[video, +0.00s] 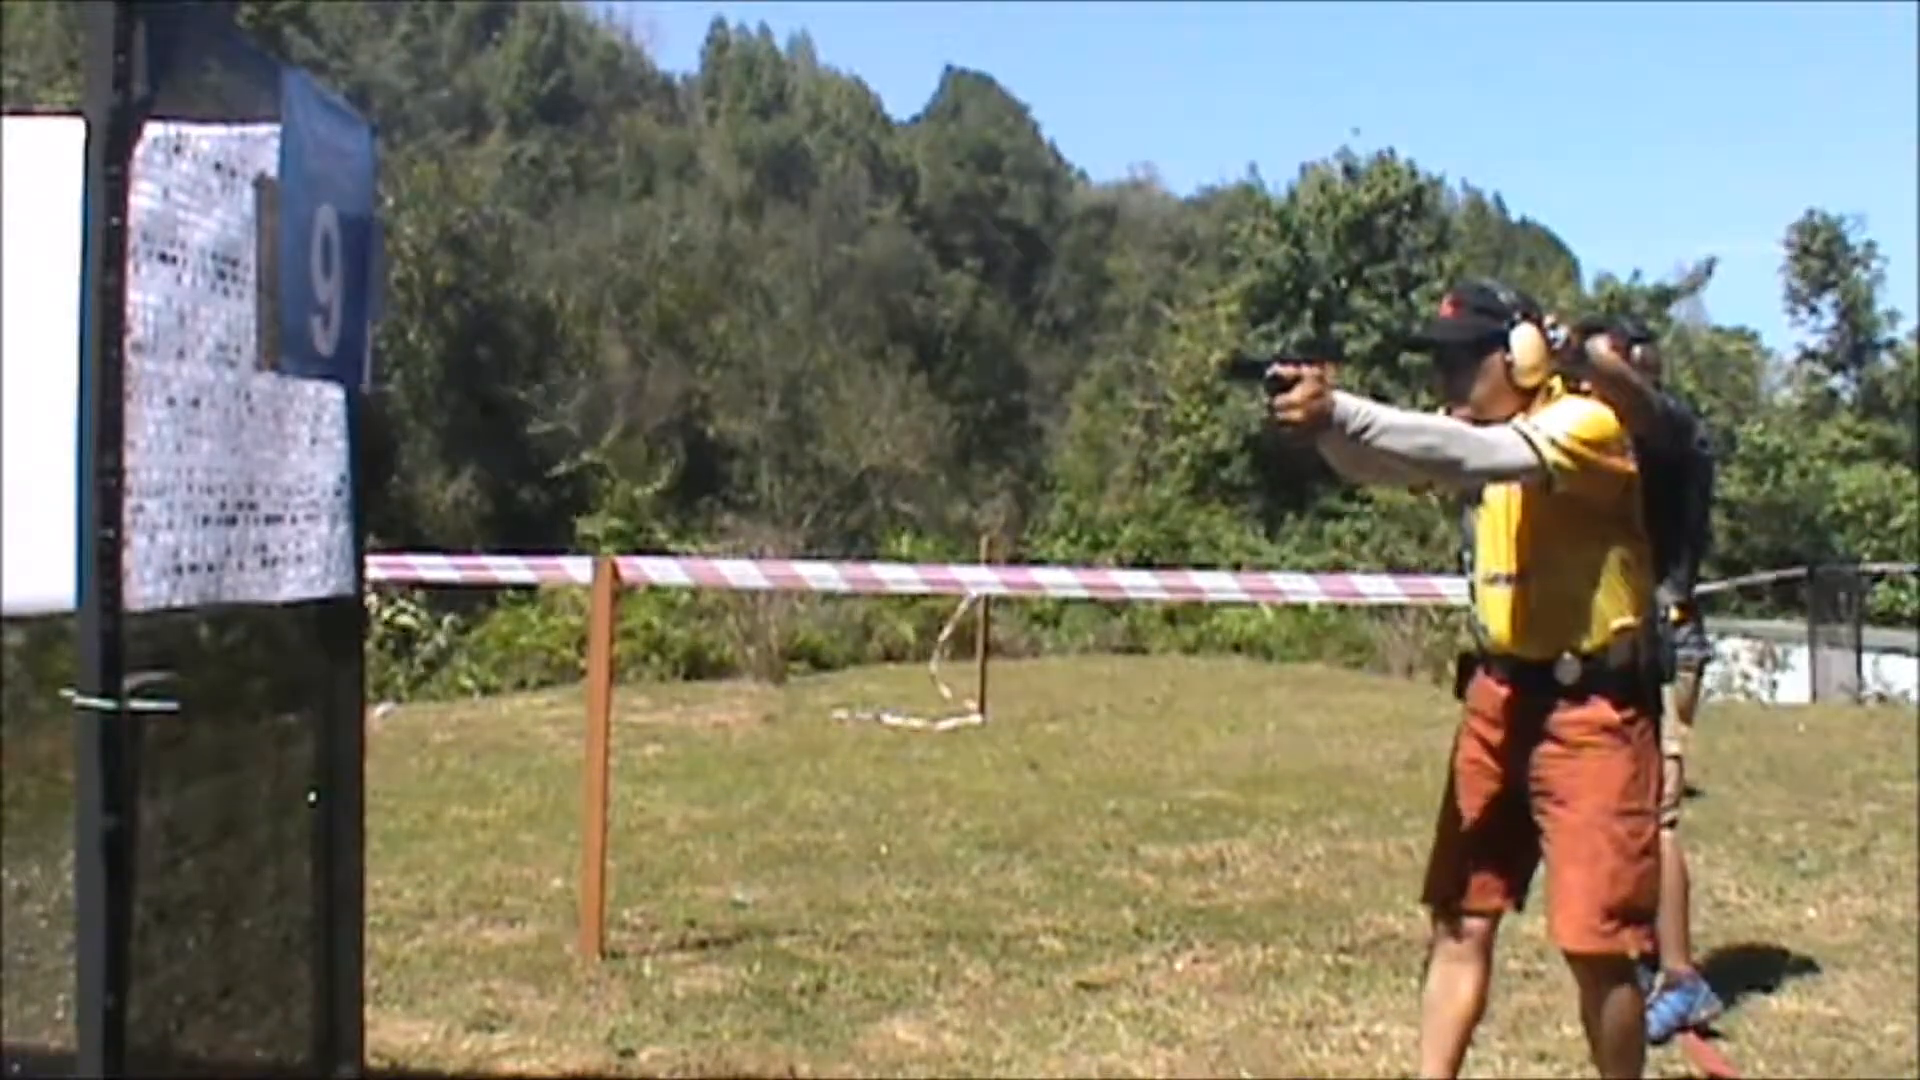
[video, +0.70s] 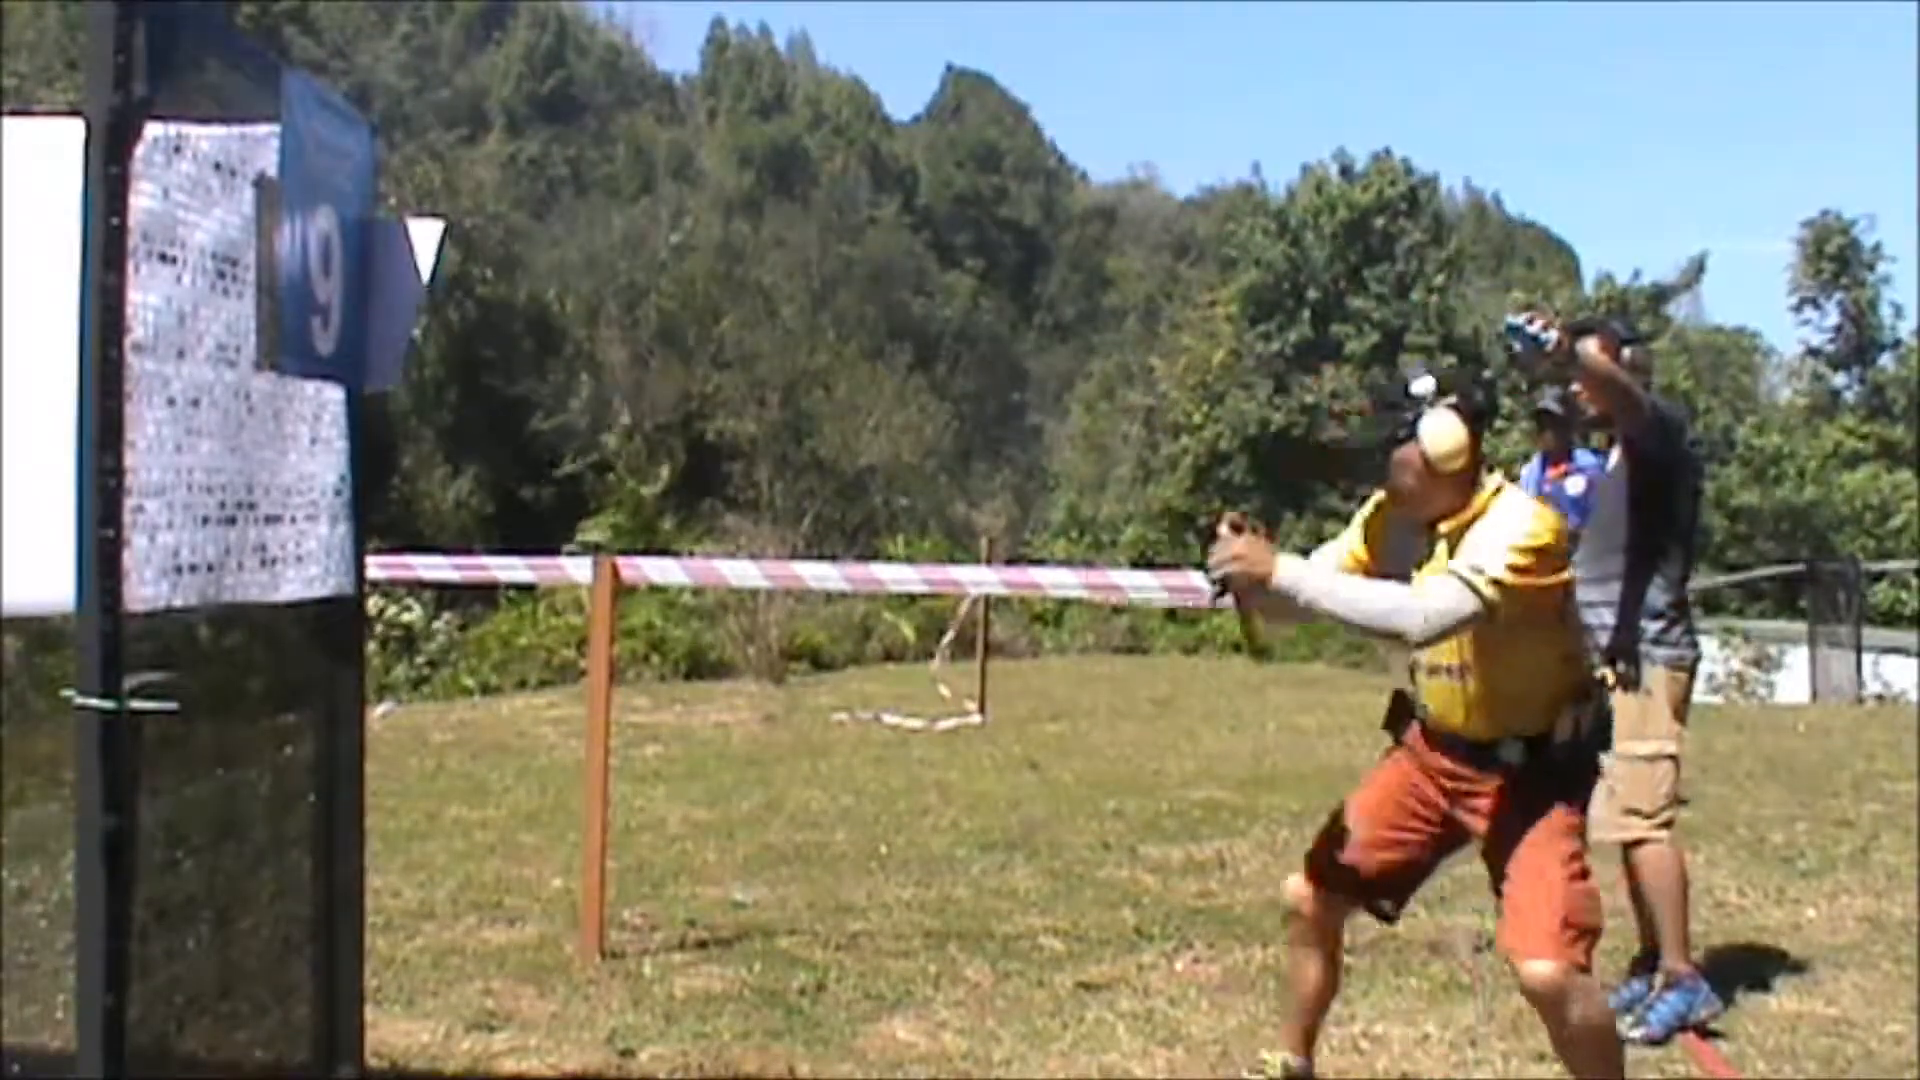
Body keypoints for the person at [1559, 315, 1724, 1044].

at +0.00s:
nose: (1608, 375)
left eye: (1620, 362)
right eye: (1603, 364)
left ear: (1642, 366)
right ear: (1603, 367)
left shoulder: (1676, 434)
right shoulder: (1593, 433)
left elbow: (1639, 412)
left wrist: (1583, 362)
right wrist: (1552, 365)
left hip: (1666, 623)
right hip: (1609, 627)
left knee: (1660, 808)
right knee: (1622, 805)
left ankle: (1678, 971)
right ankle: (1641, 967)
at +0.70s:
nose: (1580, 390)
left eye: (1592, 376)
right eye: (1577, 379)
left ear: (1627, 372)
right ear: (1586, 383)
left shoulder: (1660, 440)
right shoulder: (1611, 450)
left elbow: (1618, 384)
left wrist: (1568, 346)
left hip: (1649, 653)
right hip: (1608, 651)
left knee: (1643, 818)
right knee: (1628, 819)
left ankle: (1682, 976)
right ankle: (1652, 962)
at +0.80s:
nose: (1570, 393)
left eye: (1580, 377)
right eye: (1566, 381)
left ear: (1614, 371)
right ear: (1587, 378)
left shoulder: (1651, 438)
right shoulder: (1613, 450)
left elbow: (1614, 395)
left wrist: (1559, 351)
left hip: (1635, 658)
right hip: (1606, 655)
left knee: (1619, 819)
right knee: (1620, 819)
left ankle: (1674, 972)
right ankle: (1653, 964)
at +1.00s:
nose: (1538, 397)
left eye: (1549, 383)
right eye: (1536, 384)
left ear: (1582, 379)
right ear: (1554, 386)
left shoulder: (1618, 442)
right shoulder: (1603, 452)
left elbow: (1590, 402)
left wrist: (1532, 358)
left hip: (1605, 656)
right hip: (1624, 656)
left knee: (1550, 810)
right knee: (1628, 816)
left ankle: (1596, 969)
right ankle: (1658, 965)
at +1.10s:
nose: (1521, 404)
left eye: (1531, 389)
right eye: (1519, 392)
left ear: (1558, 384)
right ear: (1528, 396)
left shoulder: (1597, 447)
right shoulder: (1578, 459)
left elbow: (1565, 404)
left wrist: (1514, 364)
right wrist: (1495, 529)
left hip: (1585, 655)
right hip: (1608, 655)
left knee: (1530, 810)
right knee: (1617, 810)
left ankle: (1527, 975)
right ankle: (1657, 965)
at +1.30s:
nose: (1456, 385)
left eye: (1467, 376)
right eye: (1455, 376)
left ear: (1500, 386)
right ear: (1471, 393)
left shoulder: (1530, 452)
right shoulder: (1485, 465)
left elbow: (1475, 411)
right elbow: (1474, 556)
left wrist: (1437, 379)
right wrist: (1443, 529)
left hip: (1515, 672)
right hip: (1533, 669)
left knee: (1456, 826)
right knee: (1576, 815)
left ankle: (1420, 979)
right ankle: (1654, 963)